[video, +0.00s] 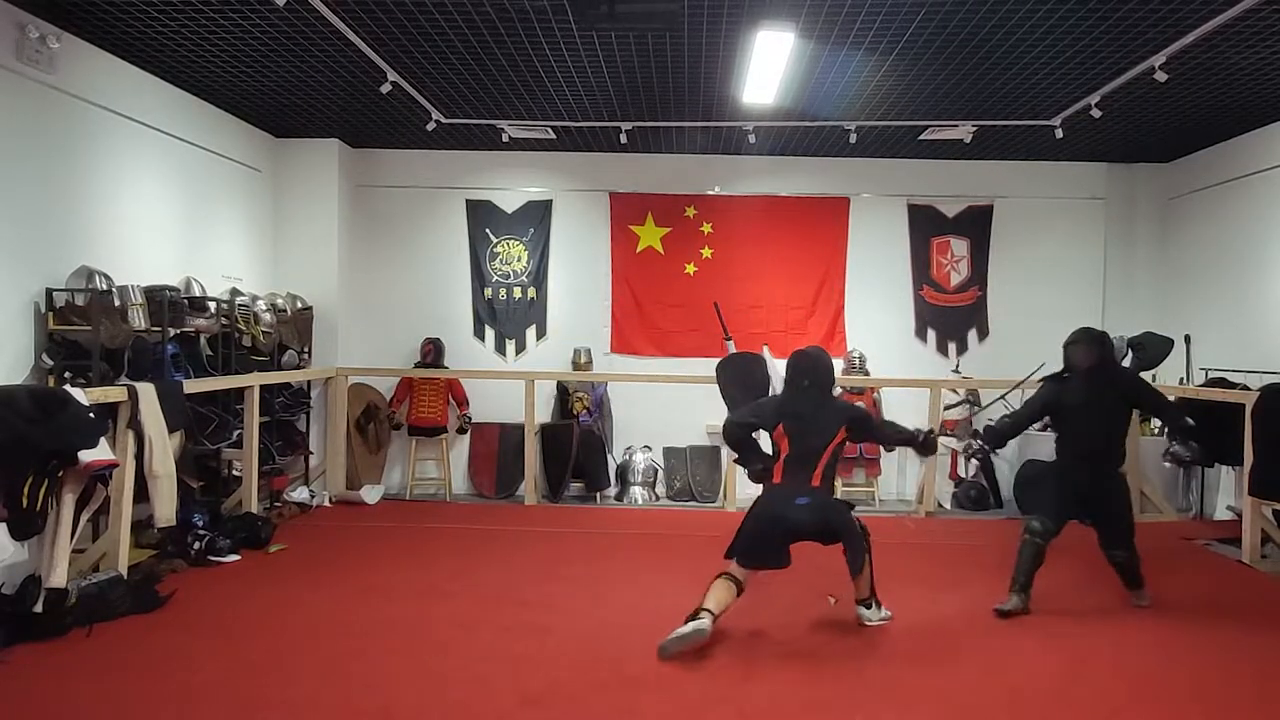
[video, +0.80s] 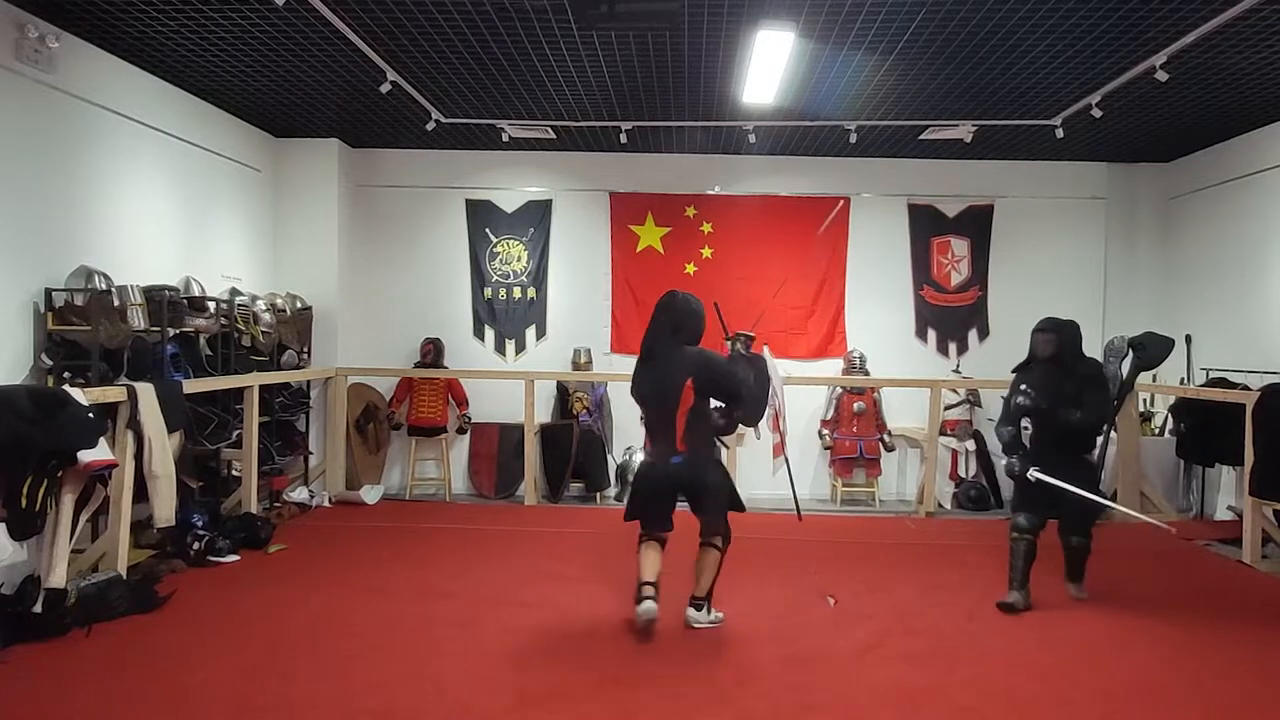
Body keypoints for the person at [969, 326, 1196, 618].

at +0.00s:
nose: (1081, 360)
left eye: (1088, 354)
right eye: (1075, 354)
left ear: (1103, 355)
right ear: (1067, 356)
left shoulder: (1124, 383)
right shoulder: (1057, 387)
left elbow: (1162, 407)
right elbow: (1022, 417)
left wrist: (1182, 427)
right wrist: (989, 437)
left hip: (1107, 481)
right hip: (1064, 478)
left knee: (1118, 546)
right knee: (1036, 530)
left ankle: (1137, 589)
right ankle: (1018, 594)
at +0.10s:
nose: (1084, 356)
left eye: (1090, 349)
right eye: (1078, 349)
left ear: (1105, 352)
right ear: (1069, 352)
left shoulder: (1124, 383)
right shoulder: (1057, 386)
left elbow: (1159, 418)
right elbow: (1026, 418)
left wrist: (1158, 449)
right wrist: (1003, 449)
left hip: (1105, 478)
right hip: (1062, 475)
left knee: (1117, 545)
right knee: (1033, 529)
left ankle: (1136, 588)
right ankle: (1019, 593)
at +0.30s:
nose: (1057, 362)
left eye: (1064, 354)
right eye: (1050, 354)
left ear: (1080, 354)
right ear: (1042, 354)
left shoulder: (1106, 386)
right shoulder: (1035, 386)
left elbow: (1137, 425)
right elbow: (1009, 430)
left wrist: (1121, 466)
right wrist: (1017, 467)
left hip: (1091, 473)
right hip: (1047, 471)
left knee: (1107, 542)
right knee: (1028, 530)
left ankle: (1134, 587)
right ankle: (1020, 594)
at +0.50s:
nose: (1025, 358)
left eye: (1032, 351)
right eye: (1022, 351)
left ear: (1051, 351)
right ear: (1020, 352)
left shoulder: (1085, 381)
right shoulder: (1017, 386)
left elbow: (1124, 424)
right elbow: (993, 430)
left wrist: (1099, 458)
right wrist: (997, 468)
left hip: (1080, 467)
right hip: (1038, 466)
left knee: (1091, 541)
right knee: (1023, 528)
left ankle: (1117, 577)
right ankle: (1020, 595)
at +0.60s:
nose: (1025, 350)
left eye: (1032, 344)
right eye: (1022, 344)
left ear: (1050, 345)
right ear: (1018, 348)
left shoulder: (1079, 373)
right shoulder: (1016, 382)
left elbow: (1113, 420)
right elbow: (995, 429)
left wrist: (1075, 446)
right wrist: (999, 465)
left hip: (1080, 462)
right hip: (1037, 461)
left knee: (1080, 537)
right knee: (1021, 527)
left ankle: (1093, 568)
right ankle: (1019, 594)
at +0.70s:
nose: (1032, 349)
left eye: (1039, 343)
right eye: (1029, 342)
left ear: (1056, 344)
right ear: (1023, 345)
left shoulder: (1082, 371)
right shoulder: (1019, 379)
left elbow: (1103, 416)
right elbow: (1001, 426)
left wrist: (1058, 428)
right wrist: (1007, 458)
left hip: (1074, 461)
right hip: (1033, 460)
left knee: (1075, 529)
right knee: (1021, 527)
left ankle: (1080, 576)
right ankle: (1018, 593)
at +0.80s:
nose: (1041, 347)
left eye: (1047, 341)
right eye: (1037, 340)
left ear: (1064, 342)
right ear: (1032, 341)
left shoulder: (1089, 373)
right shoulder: (1027, 375)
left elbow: (1098, 416)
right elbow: (1007, 422)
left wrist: (1046, 411)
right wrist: (1014, 453)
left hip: (1076, 459)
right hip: (1035, 457)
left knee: (1076, 531)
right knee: (1024, 523)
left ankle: (1075, 581)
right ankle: (1018, 590)